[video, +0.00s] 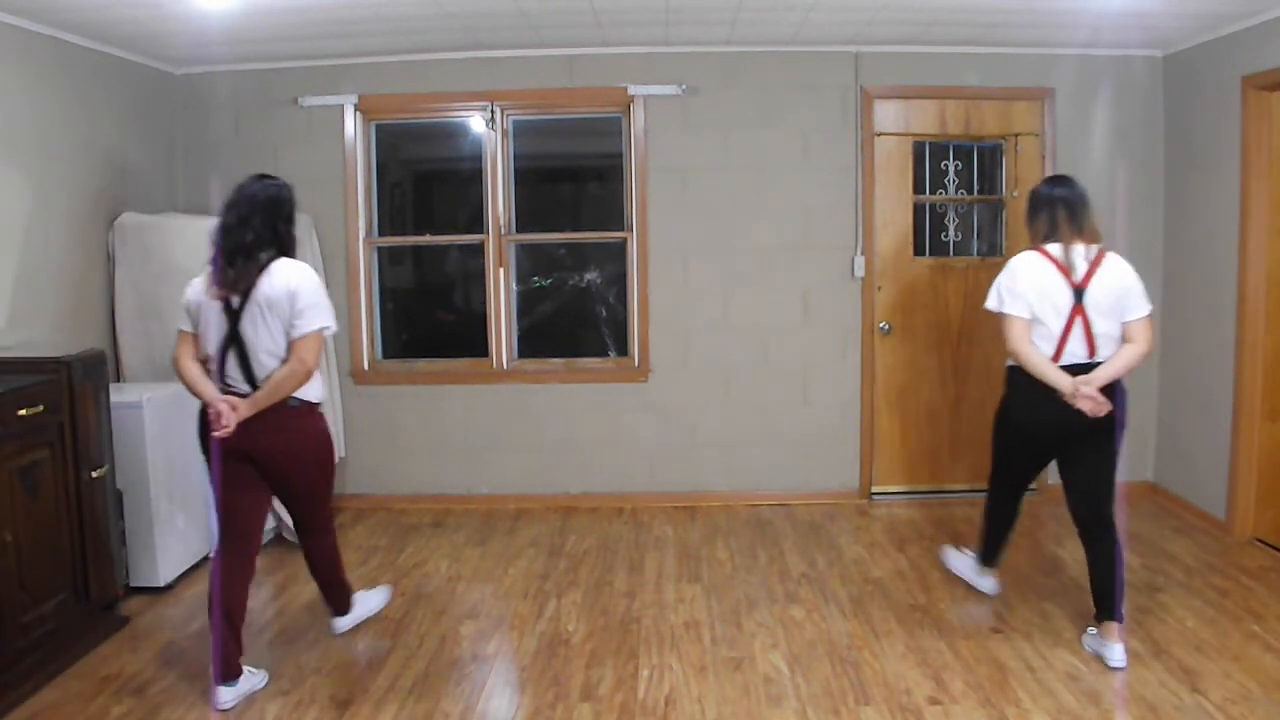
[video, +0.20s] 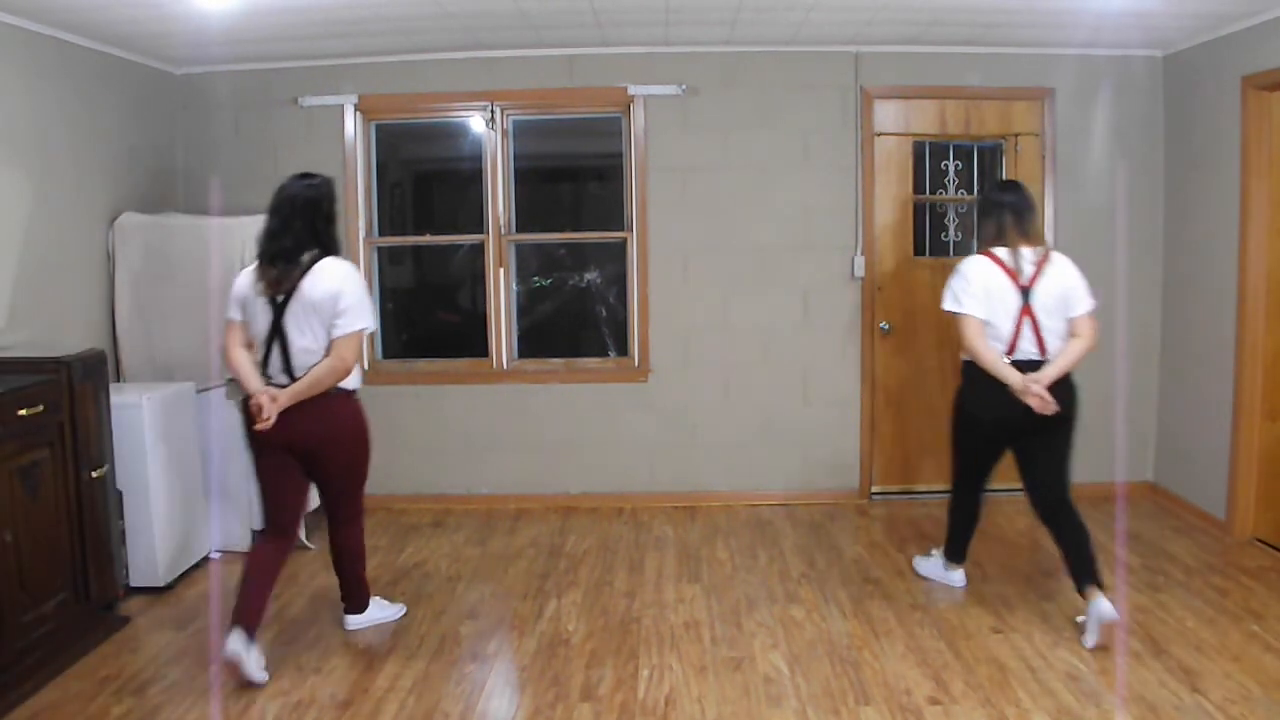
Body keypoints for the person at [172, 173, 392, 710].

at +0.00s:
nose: (291, 226)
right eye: (290, 218)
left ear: (230, 219)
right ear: (284, 224)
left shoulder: (205, 284)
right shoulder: (298, 279)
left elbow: (185, 357)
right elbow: (303, 364)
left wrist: (214, 396)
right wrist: (245, 407)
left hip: (227, 430)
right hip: (291, 427)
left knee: (233, 550)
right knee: (315, 524)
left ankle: (226, 679)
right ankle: (343, 605)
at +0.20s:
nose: (335, 221)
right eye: (332, 213)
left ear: (277, 218)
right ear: (327, 220)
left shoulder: (250, 279)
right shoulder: (341, 276)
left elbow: (236, 348)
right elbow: (343, 360)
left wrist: (260, 393)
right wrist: (283, 398)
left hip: (270, 417)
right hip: (332, 416)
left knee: (278, 528)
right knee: (345, 516)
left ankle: (243, 633)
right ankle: (358, 607)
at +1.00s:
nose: (430, 223)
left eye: (431, 214)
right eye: (424, 213)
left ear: (403, 215)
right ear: (398, 213)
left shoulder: (398, 263)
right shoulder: (372, 262)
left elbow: (372, 334)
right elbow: (344, 348)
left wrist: (335, 369)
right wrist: (335, 372)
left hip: (401, 394)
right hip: (371, 397)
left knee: (434, 480)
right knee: (367, 500)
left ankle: (365, 546)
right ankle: (353, 602)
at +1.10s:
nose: (446, 225)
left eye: (447, 216)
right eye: (441, 215)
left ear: (422, 217)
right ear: (415, 214)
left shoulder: (415, 264)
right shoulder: (383, 263)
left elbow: (387, 332)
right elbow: (354, 344)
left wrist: (349, 367)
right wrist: (353, 369)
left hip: (419, 398)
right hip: (384, 400)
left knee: (460, 475)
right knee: (370, 502)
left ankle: (420, 567)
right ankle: (353, 601)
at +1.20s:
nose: (464, 229)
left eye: (466, 220)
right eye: (459, 219)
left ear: (444, 222)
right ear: (433, 217)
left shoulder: (437, 269)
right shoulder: (399, 266)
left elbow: (415, 339)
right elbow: (369, 345)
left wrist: (366, 368)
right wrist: (369, 367)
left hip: (440, 403)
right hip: (401, 405)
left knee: (474, 483)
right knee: (378, 502)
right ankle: (354, 600)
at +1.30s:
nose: (483, 231)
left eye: (484, 222)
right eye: (477, 221)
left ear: (463, 225)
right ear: (450, 221)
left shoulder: (456, 272)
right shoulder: (420, 269)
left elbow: (436, 340)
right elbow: (395, 346)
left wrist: (385, 371)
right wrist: (383, 374)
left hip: (460, 408)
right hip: (423, 409)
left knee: (488, 498)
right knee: (393, 503)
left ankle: (531, 585)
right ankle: (356, 597)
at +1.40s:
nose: (506, 225)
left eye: (507, 216)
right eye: (500, 215)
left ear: (491, 217)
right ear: (475, 215)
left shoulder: (485, 266)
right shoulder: (445, 265)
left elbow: (471, 339)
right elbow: (419, 346)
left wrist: (418, 370)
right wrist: (418, 372)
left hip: (489, 404)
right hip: (451, 407)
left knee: (508, 498)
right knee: (425, 499)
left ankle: (536, 588)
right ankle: (367, 586)